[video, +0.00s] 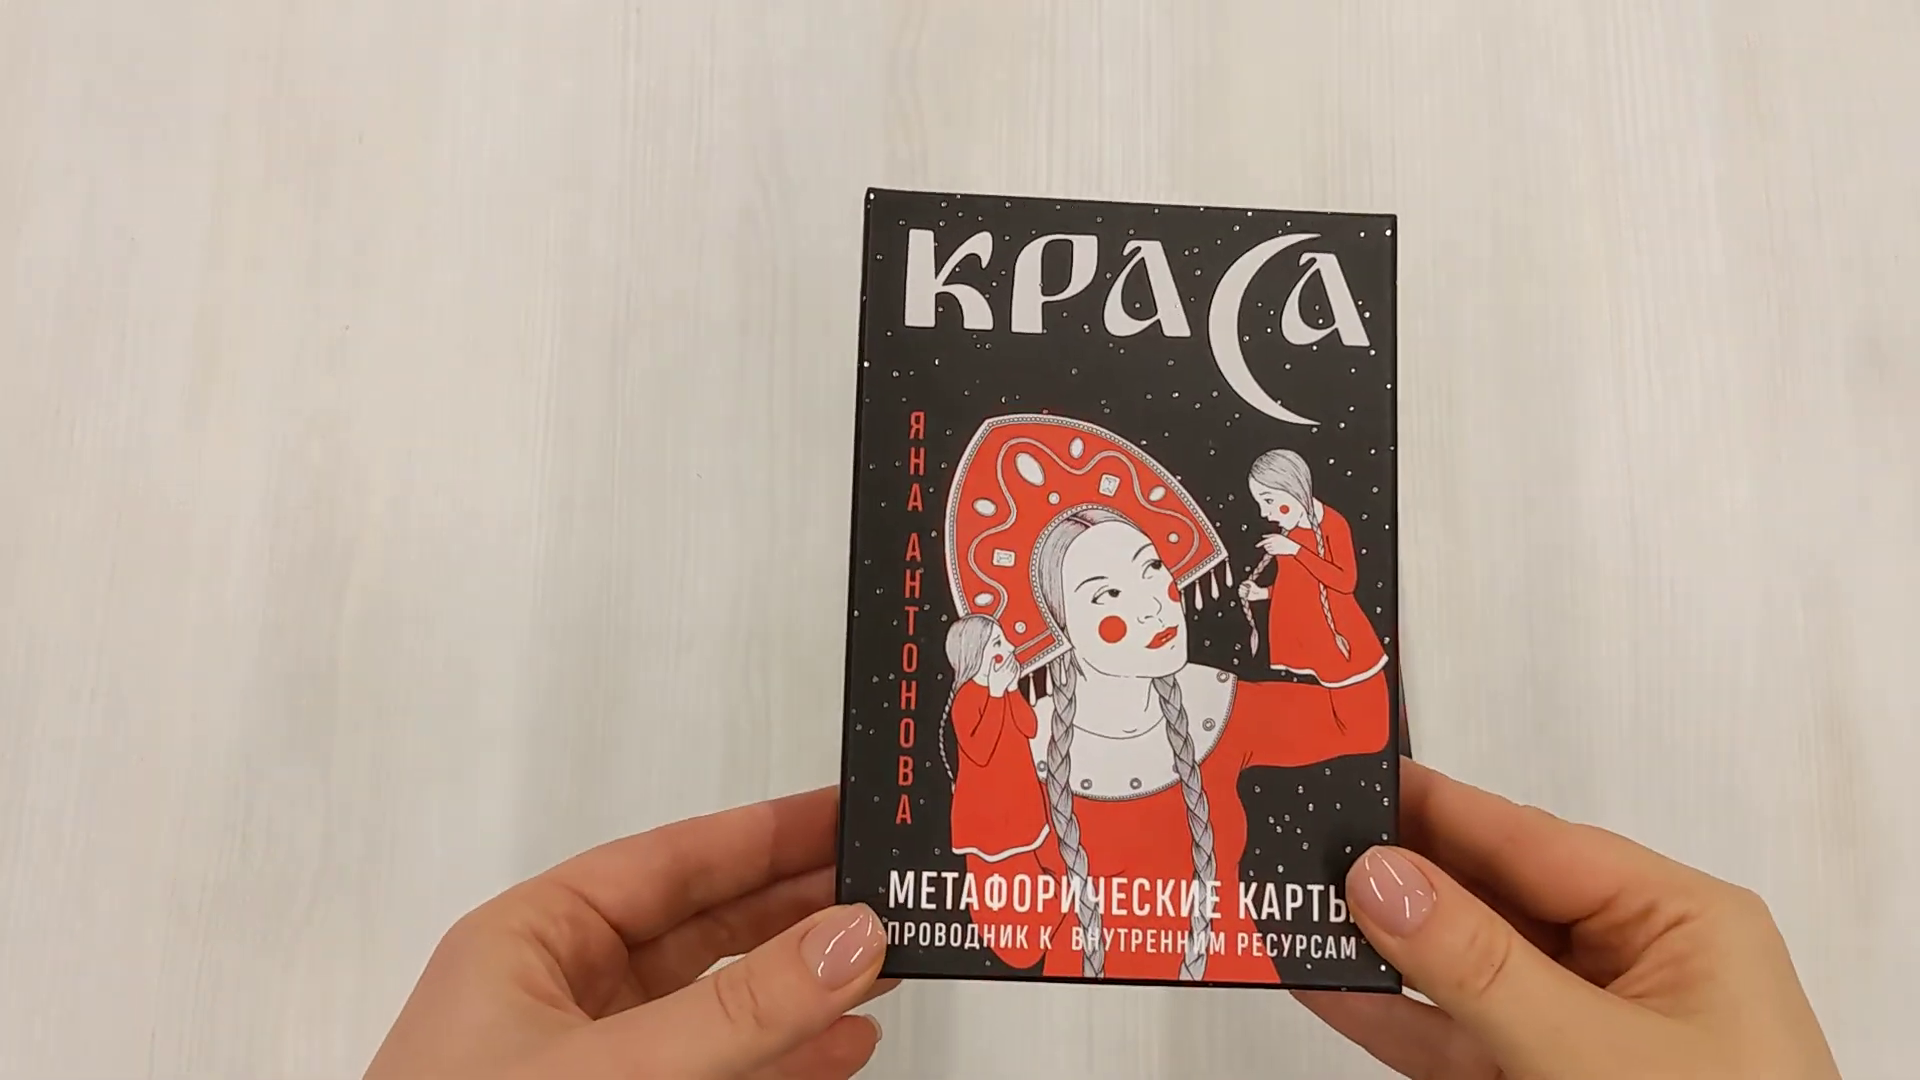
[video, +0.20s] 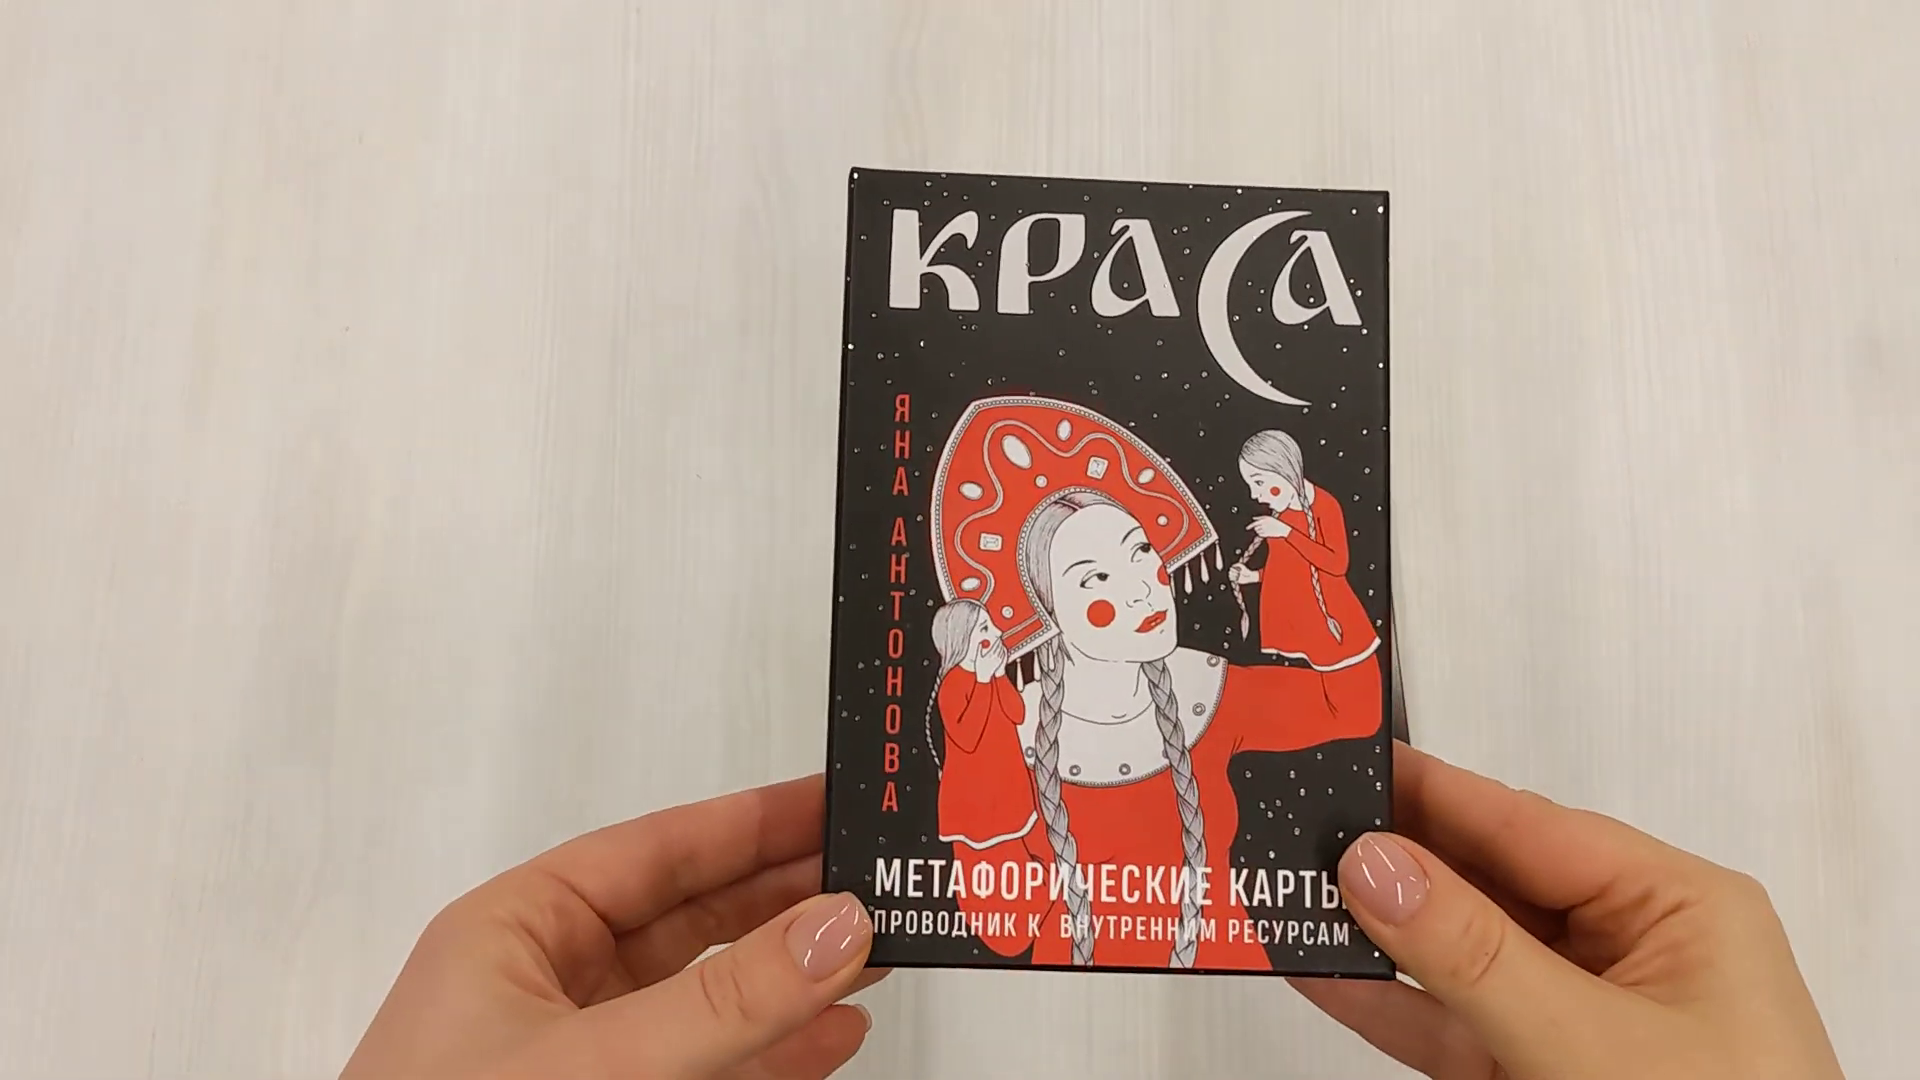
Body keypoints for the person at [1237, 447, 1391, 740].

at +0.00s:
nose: (1266, 513)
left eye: (1272, 501)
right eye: (1261, 504)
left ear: (1297, 490)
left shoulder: (1333, 524)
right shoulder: (1290, 528)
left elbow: (1346, 581)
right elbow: (1298, 586)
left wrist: (1296, 550)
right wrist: (1264, 592)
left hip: (1343, 651)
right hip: (1303, 652)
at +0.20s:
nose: (1257, 495)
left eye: (1263, 482)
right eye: (1251, 486)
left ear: (1288, 471)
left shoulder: (1325, 506)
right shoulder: (1281, 510)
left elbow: (1338, 563)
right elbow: (1290, 567)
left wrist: (1286, 532)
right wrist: (1256, 575)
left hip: (1336, 633)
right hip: (1297, 636)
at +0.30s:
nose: (1253, 484)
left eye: (1257, 471)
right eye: (1249, 475)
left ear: (1283, 459)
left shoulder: (1325, 495)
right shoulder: (1280, 501)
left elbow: (1338, 552)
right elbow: (1289, 559)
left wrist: (1286, 522)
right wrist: (1253, 566)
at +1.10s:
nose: (1259, 500)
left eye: (1264, 488)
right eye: (1255, 491)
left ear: (1287, 478)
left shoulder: (1329, 510)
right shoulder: (1285, 517)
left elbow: (1344, 559)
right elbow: (1294, 562)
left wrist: (1292, 532)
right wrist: (1260, 569)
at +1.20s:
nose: (1240, 512)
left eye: (1242, 501)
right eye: (1235, 505)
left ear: (1265, 491)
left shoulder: (1304, 525)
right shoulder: (1264, 531)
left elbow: (1321, 573)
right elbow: (1275, 574)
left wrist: (1270, 544)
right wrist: (1241, 579)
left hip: (1322, 638)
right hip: (1288, 640)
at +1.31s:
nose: (1216, 516)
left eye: (1220, 505)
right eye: (1212, 508)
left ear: (1241, 496)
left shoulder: (1279, 531)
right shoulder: (1241, 536)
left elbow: (1296, 579)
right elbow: (1252, 579)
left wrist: (1248, 549)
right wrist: (1219, 583)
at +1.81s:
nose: (1215, 490)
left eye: (1218, 478)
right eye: (1211, 481)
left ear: (1240, 468)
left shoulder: (1273, 505)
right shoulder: (1240, 507)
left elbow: (1288, 560)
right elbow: (1251, 558)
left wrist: (1245, 527)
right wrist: (1220, 566)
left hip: (1291, 624)